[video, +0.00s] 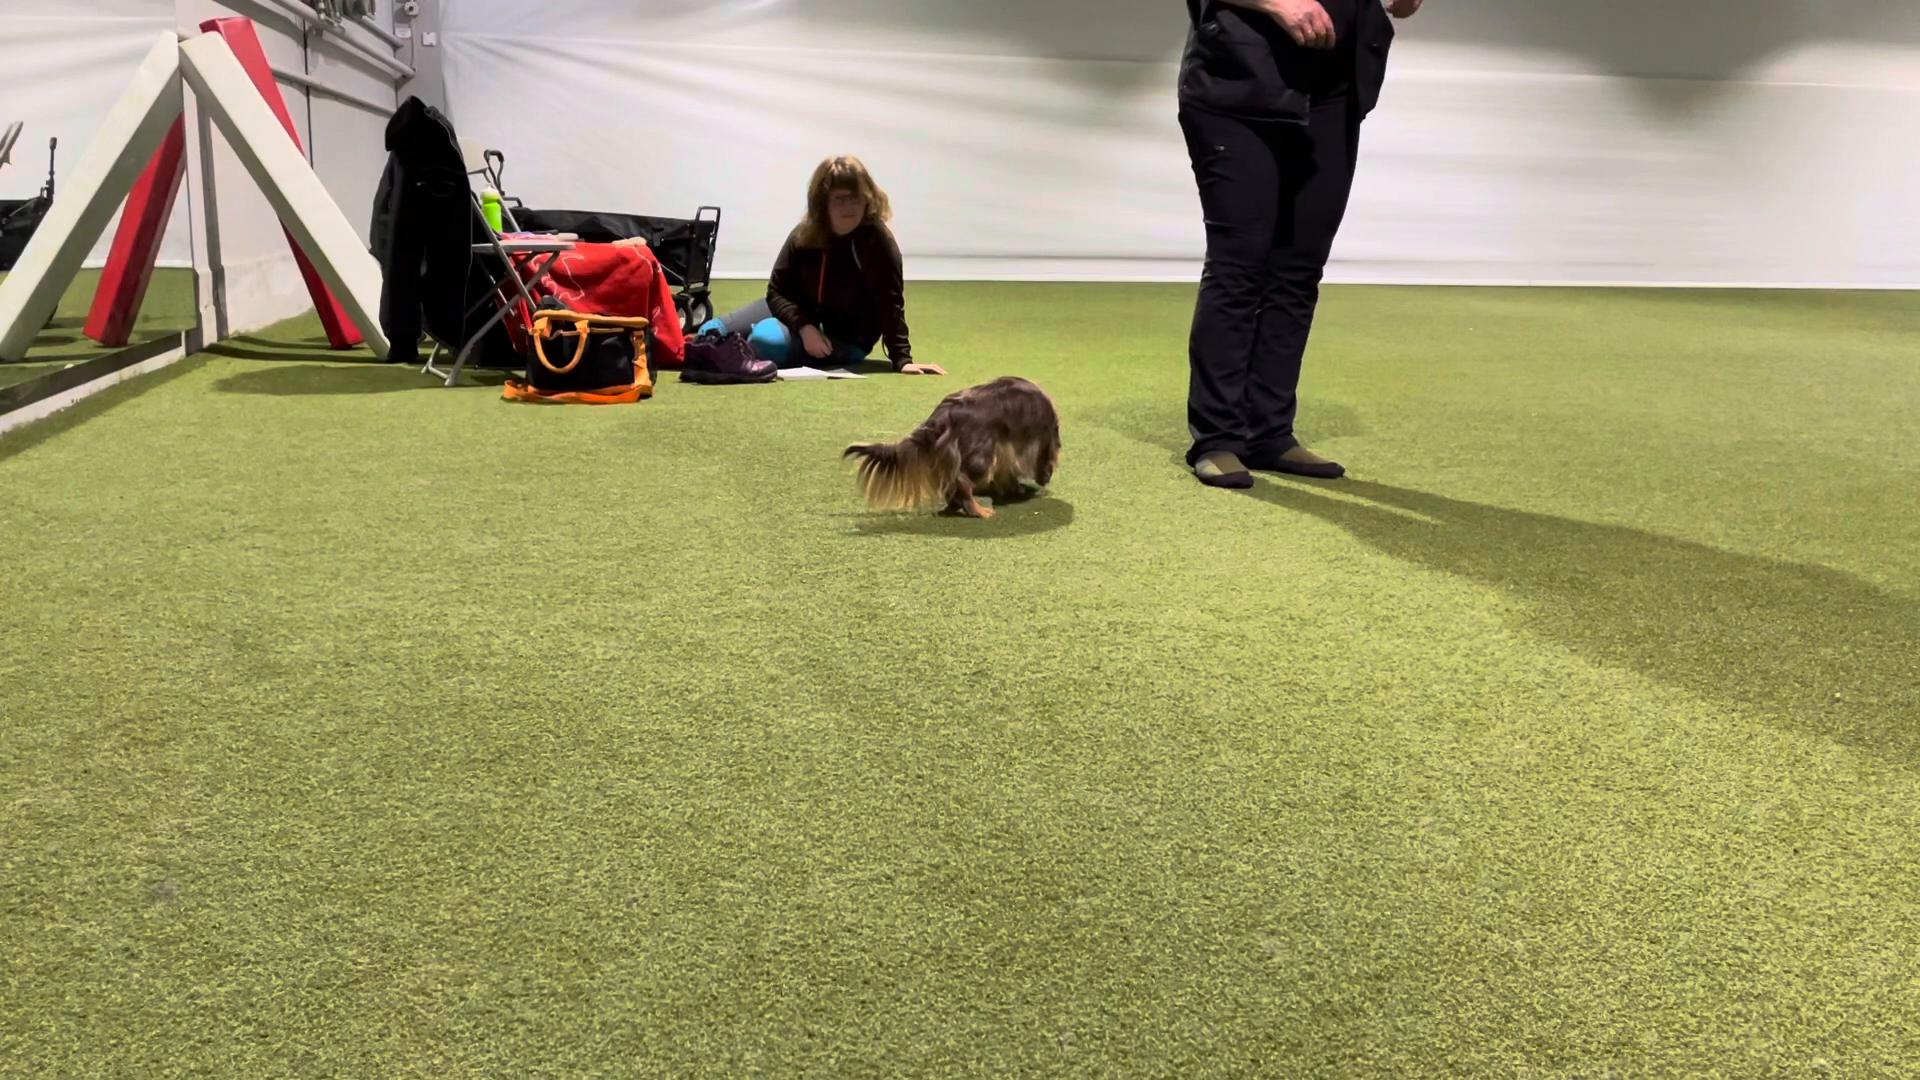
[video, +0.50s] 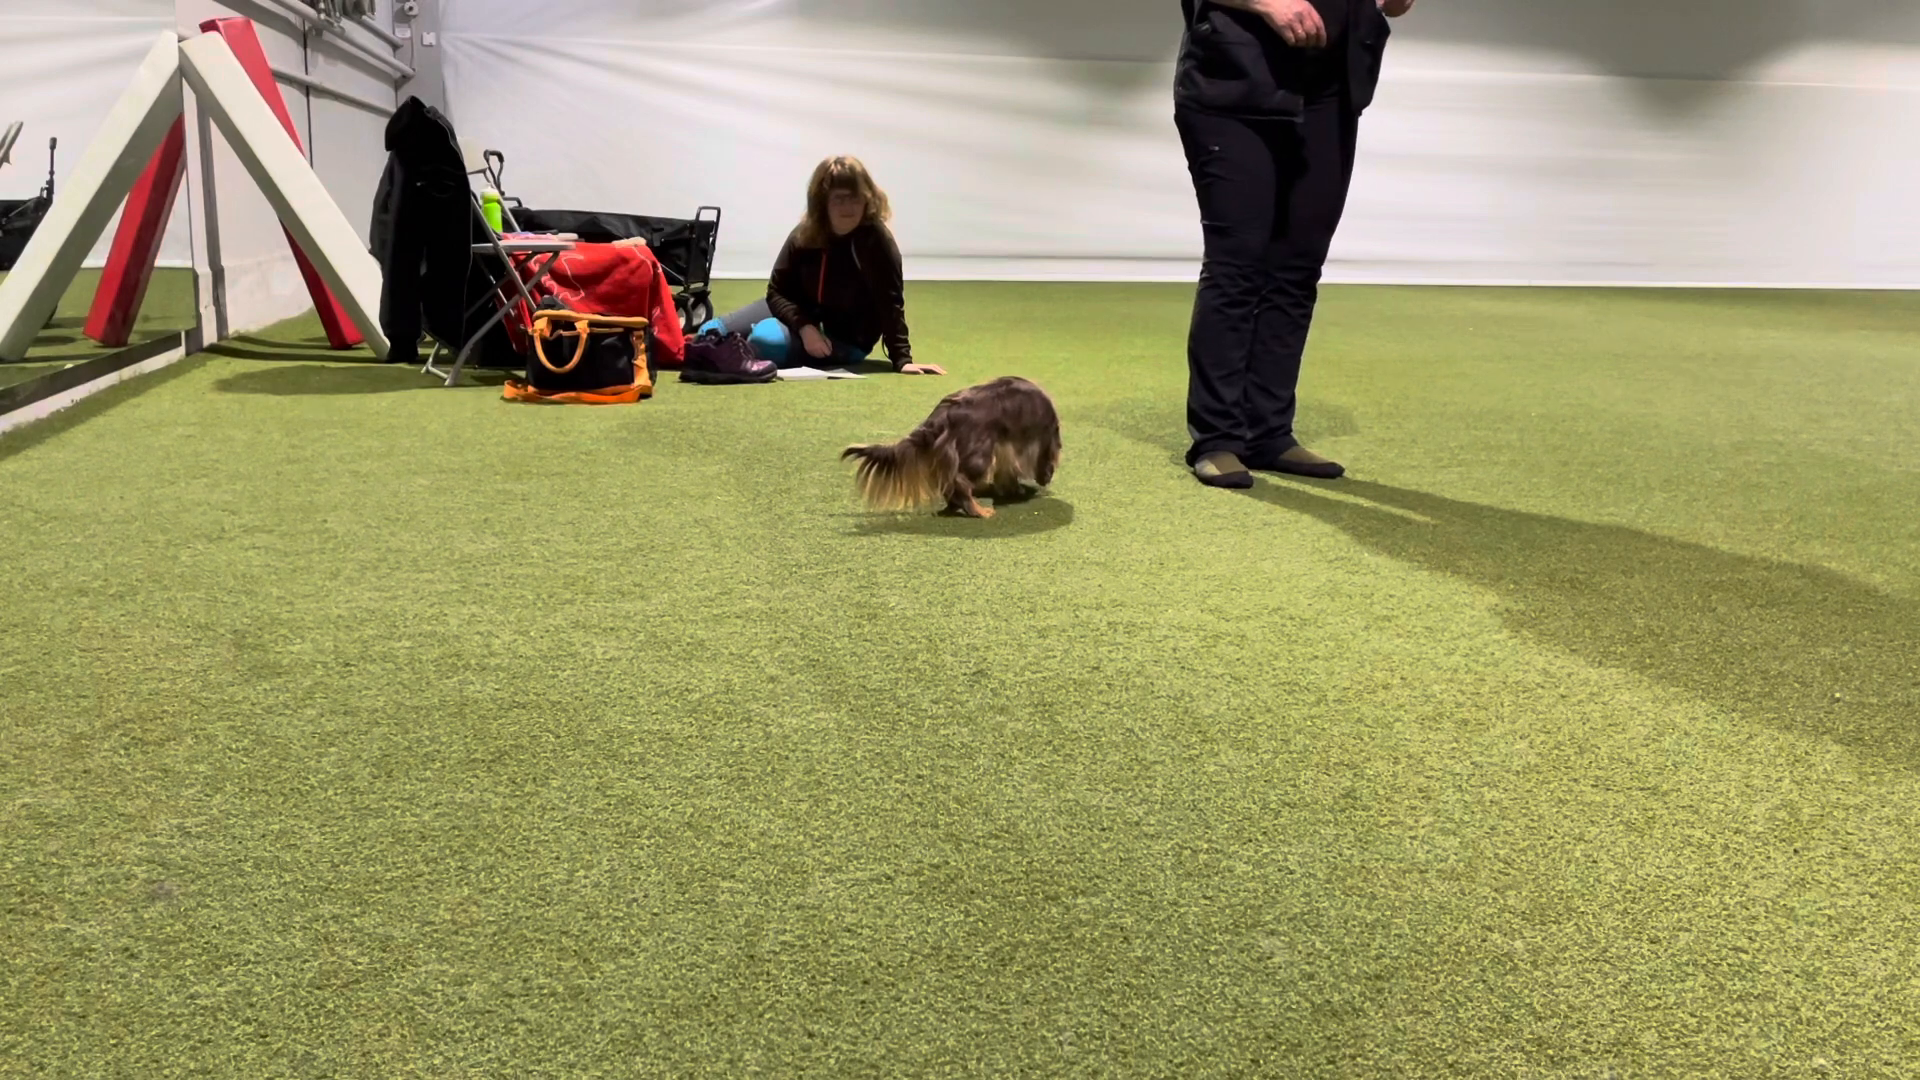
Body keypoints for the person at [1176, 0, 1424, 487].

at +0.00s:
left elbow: (1399, 7)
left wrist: (1402, 0)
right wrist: (1271, 2)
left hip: (1332, 90)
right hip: (1236, 77)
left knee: (1298, 272)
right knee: (1238, 263)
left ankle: (1268, 435)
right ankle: (1215, 438)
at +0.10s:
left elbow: (1397, 6)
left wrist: (1398, 1)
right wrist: (1270, 2)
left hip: (1331, 90)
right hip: (1235, 77)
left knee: (1298, 272)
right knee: (1237, 264)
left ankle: (1268, 435)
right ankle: (1215, 439)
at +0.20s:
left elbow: (1395, 6)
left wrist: (1397, 1)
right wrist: (1268, 2)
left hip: (1330, 90)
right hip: (1234, 77)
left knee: (1297, 272)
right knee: (1237, 264)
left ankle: (1268, 435)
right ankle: (1215, 438)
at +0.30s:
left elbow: (1391, 8)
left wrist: (1394, 1)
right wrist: (1266, 2)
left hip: (1330, 90)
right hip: (1234, 76)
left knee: (1297, 271)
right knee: (1236, 263)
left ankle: (1268, 435)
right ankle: (1215, 438)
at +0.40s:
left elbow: (1390, 7)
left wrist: (1393, 1)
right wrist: (1264, 2)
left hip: (1329, 90)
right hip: (1233, 77)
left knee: (1297, 271)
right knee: (1236, 263)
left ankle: (1267, 434)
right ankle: (1215, 438)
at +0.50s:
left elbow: (1389, 7)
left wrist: (1393, 1)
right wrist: (1263, 2)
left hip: (1329, 90)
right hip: (1232, 77)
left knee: (1297, 271)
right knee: (1236, 263)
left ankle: (1267, 435)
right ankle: (1215, 438)